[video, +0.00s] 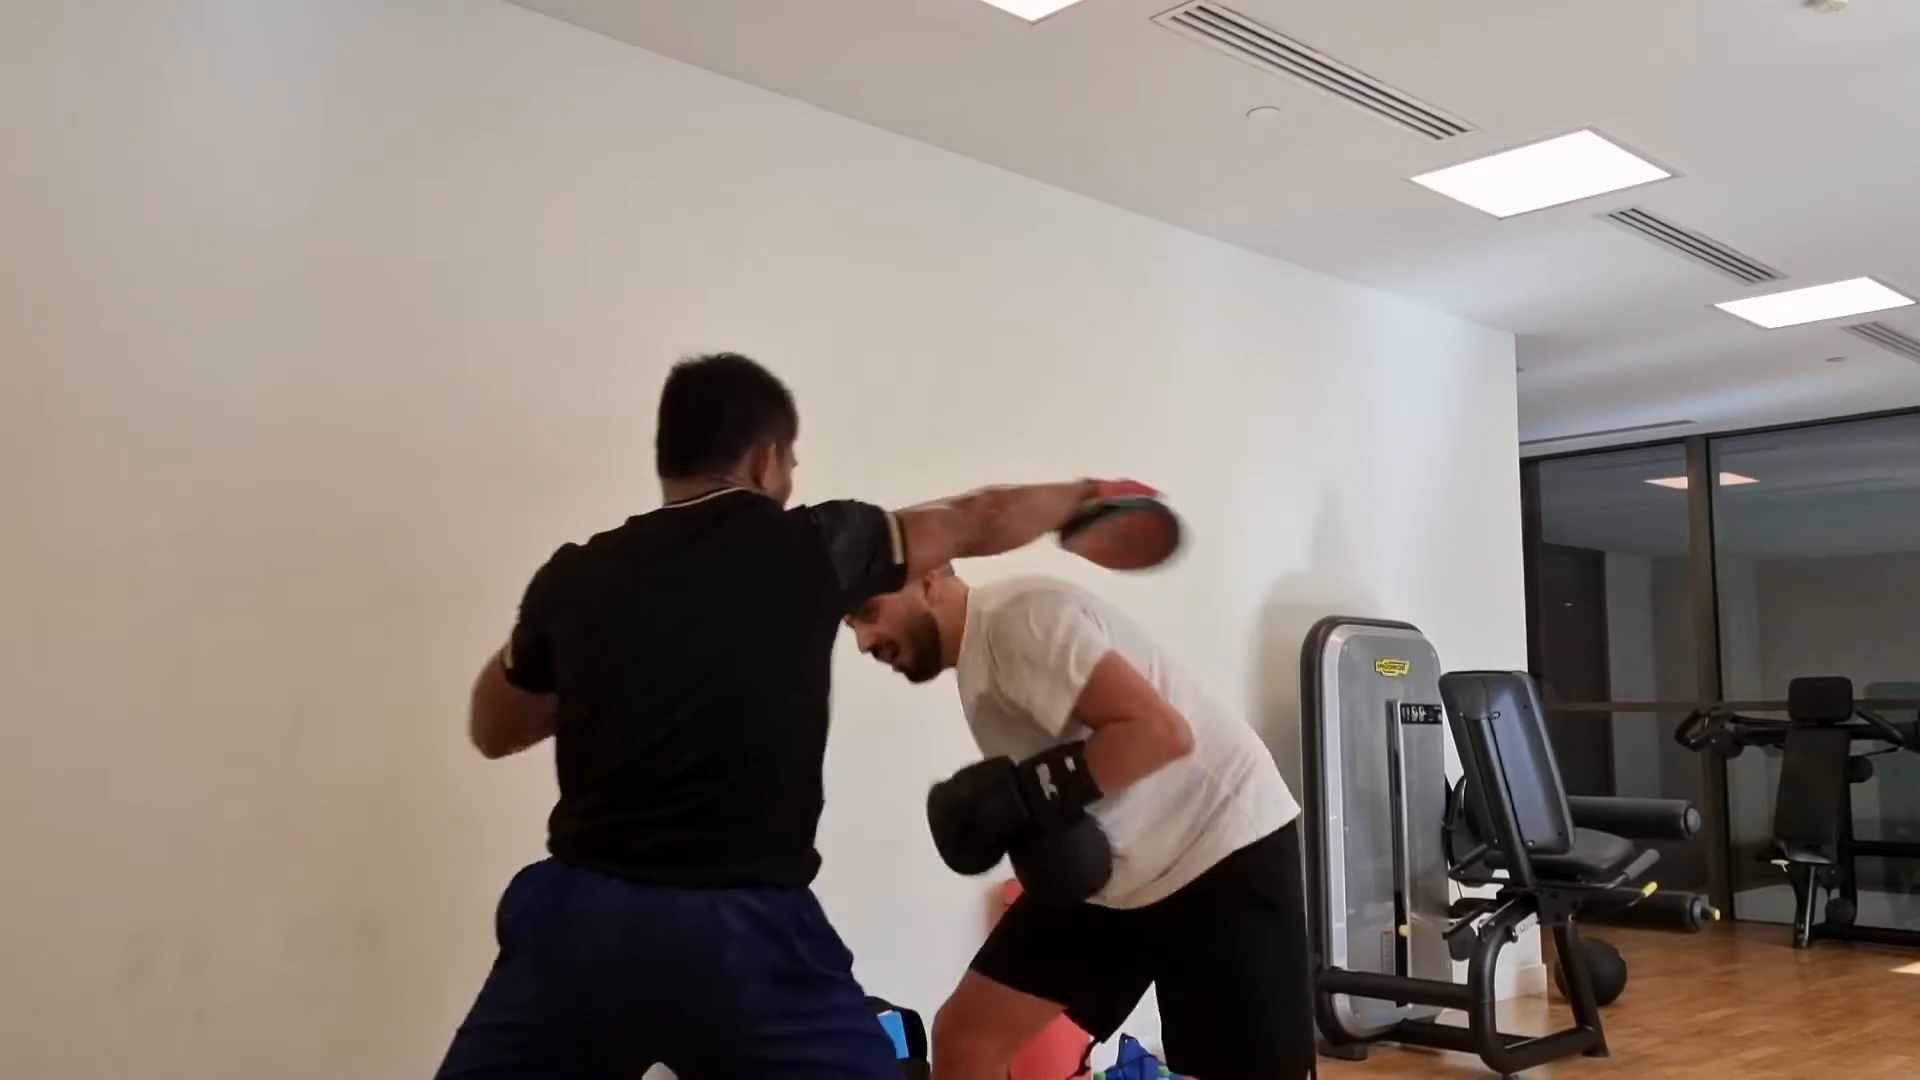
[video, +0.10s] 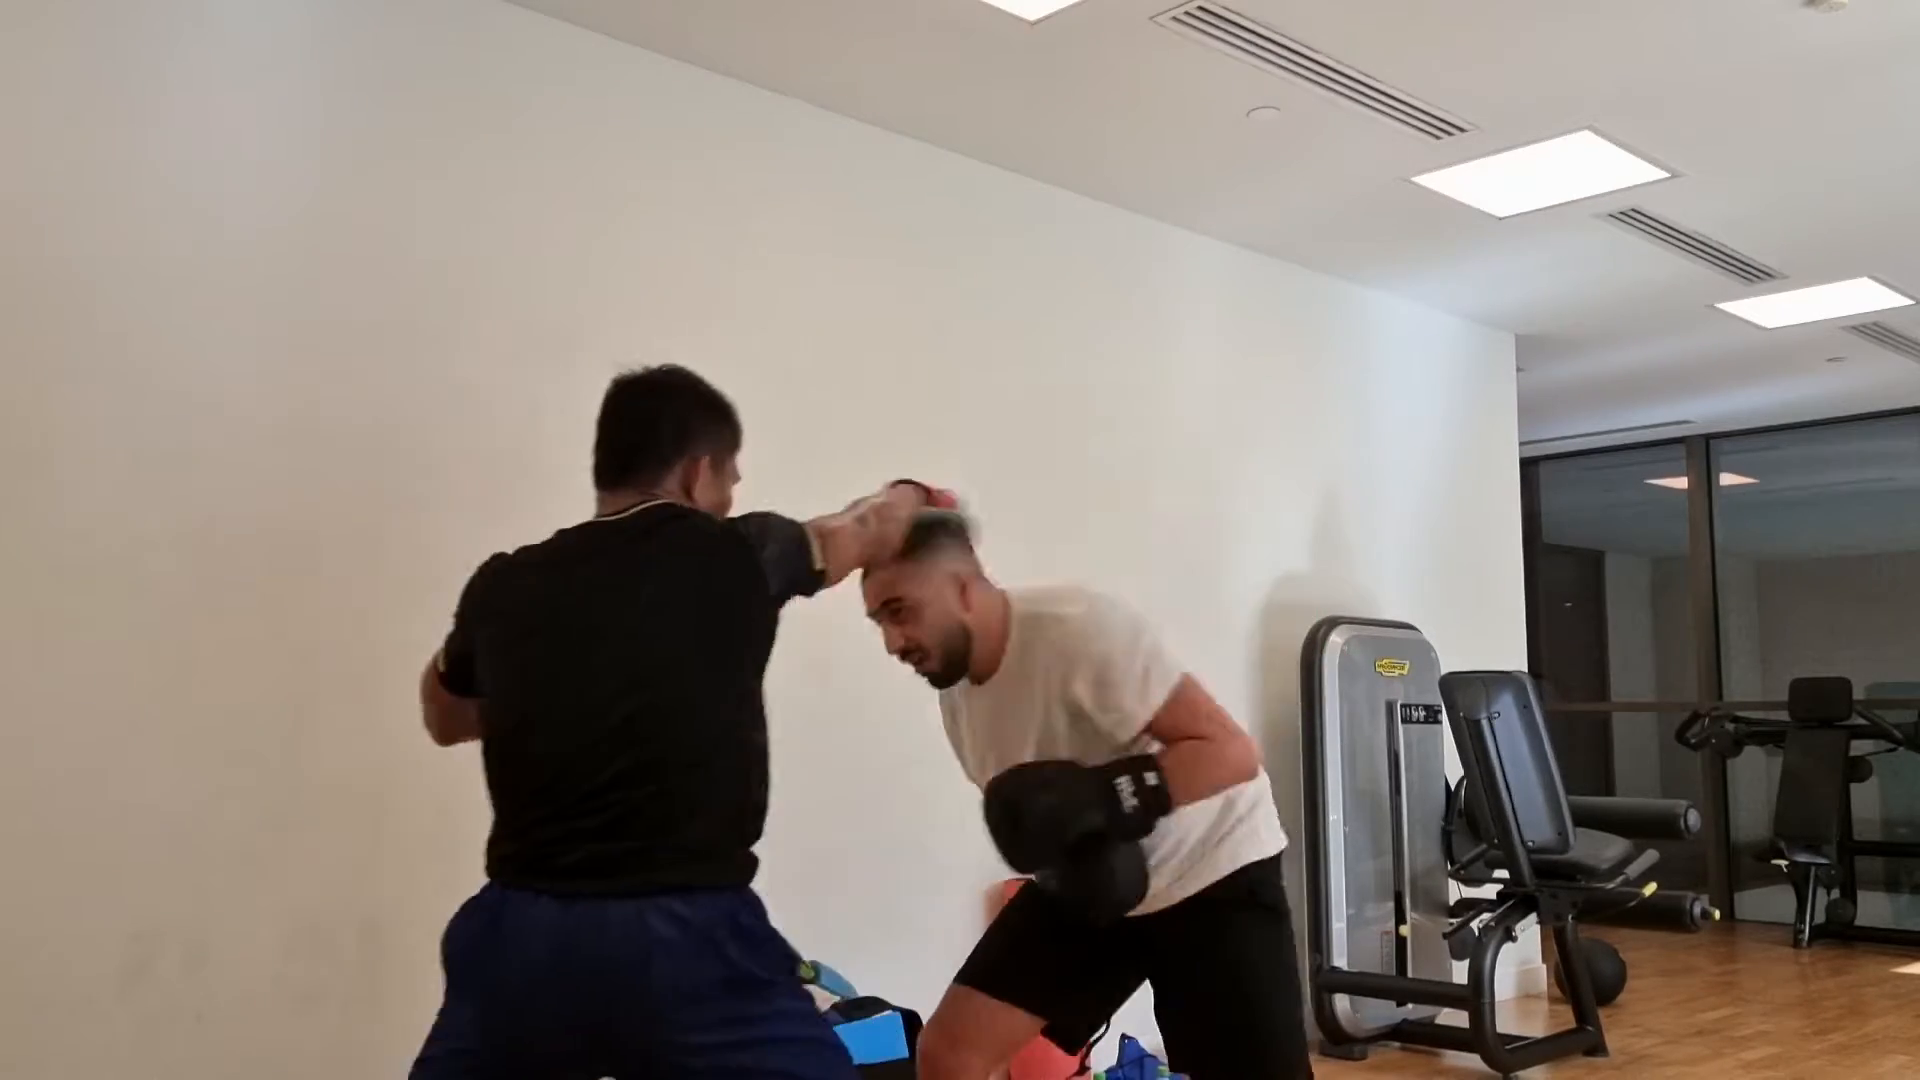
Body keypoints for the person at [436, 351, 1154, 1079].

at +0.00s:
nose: (790, 484)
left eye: (792, 469)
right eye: (792, 467)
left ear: (666, 464)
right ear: (770, 462)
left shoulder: (575, 578)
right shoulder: (809, 545)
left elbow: (494, 729)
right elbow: (975, 521)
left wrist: (602, 661)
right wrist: (1084, 496)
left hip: (572, 934)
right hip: (752, 941)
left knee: (477, 1071)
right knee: (867, 1065)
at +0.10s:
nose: (731, 502)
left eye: (735, 485)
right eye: (731, 482)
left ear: (606, 471)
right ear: (697, 472)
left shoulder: (502, 582)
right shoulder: (736, 550)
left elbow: (444, 719)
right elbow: (859, 535)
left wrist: (557, 681)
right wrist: (910, 494)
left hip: (516, 955)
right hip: (698, 949)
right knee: (821, 1060)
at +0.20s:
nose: (677, 520)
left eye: (682, 501)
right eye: (676, 499)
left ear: (546, 490)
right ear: (635, 490)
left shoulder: (446, 601)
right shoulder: (681, 571)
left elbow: (406, 704)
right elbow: (849, 596)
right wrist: (778, 622)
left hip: (482, 985)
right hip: (660, 975)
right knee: (778, 1057)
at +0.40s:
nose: (735, 519)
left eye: (738, 494)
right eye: (732, 493)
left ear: (606, 489)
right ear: (690, 492)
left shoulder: (527, 609)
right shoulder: (691, 587)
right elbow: (795, 749)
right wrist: (883, 695)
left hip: (501, 978)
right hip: (652, 988)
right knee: (811, 1064)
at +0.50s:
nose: (798, 503)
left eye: (801, 482)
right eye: (798, 481)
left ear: (672, 471)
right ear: (760, 479)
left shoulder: (607, 590)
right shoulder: (721, 581)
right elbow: (839, 742)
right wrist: (920, 677)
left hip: (545, 954)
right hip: (680, 966)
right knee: (847, 1064)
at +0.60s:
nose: (798, 493)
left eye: (800, 472)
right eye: (798, 470)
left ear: (671, 461)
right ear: (765, 461)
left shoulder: (583, 578)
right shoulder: (781, 544)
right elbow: (967, 627)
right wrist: (1055, 601)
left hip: (549, 939)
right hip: (713, 945)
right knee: (855, 1059)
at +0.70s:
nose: (761, 484)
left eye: (759, 468)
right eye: (761, 467)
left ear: (634, 466)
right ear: (739, 464)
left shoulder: (537, 585)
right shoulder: (780, 550)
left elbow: (503, 746)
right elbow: (954, 528)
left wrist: (614, 694)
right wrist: (1075, 509)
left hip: (533, 941)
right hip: (719, 946)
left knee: (461, 1060)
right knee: (839, 1059)